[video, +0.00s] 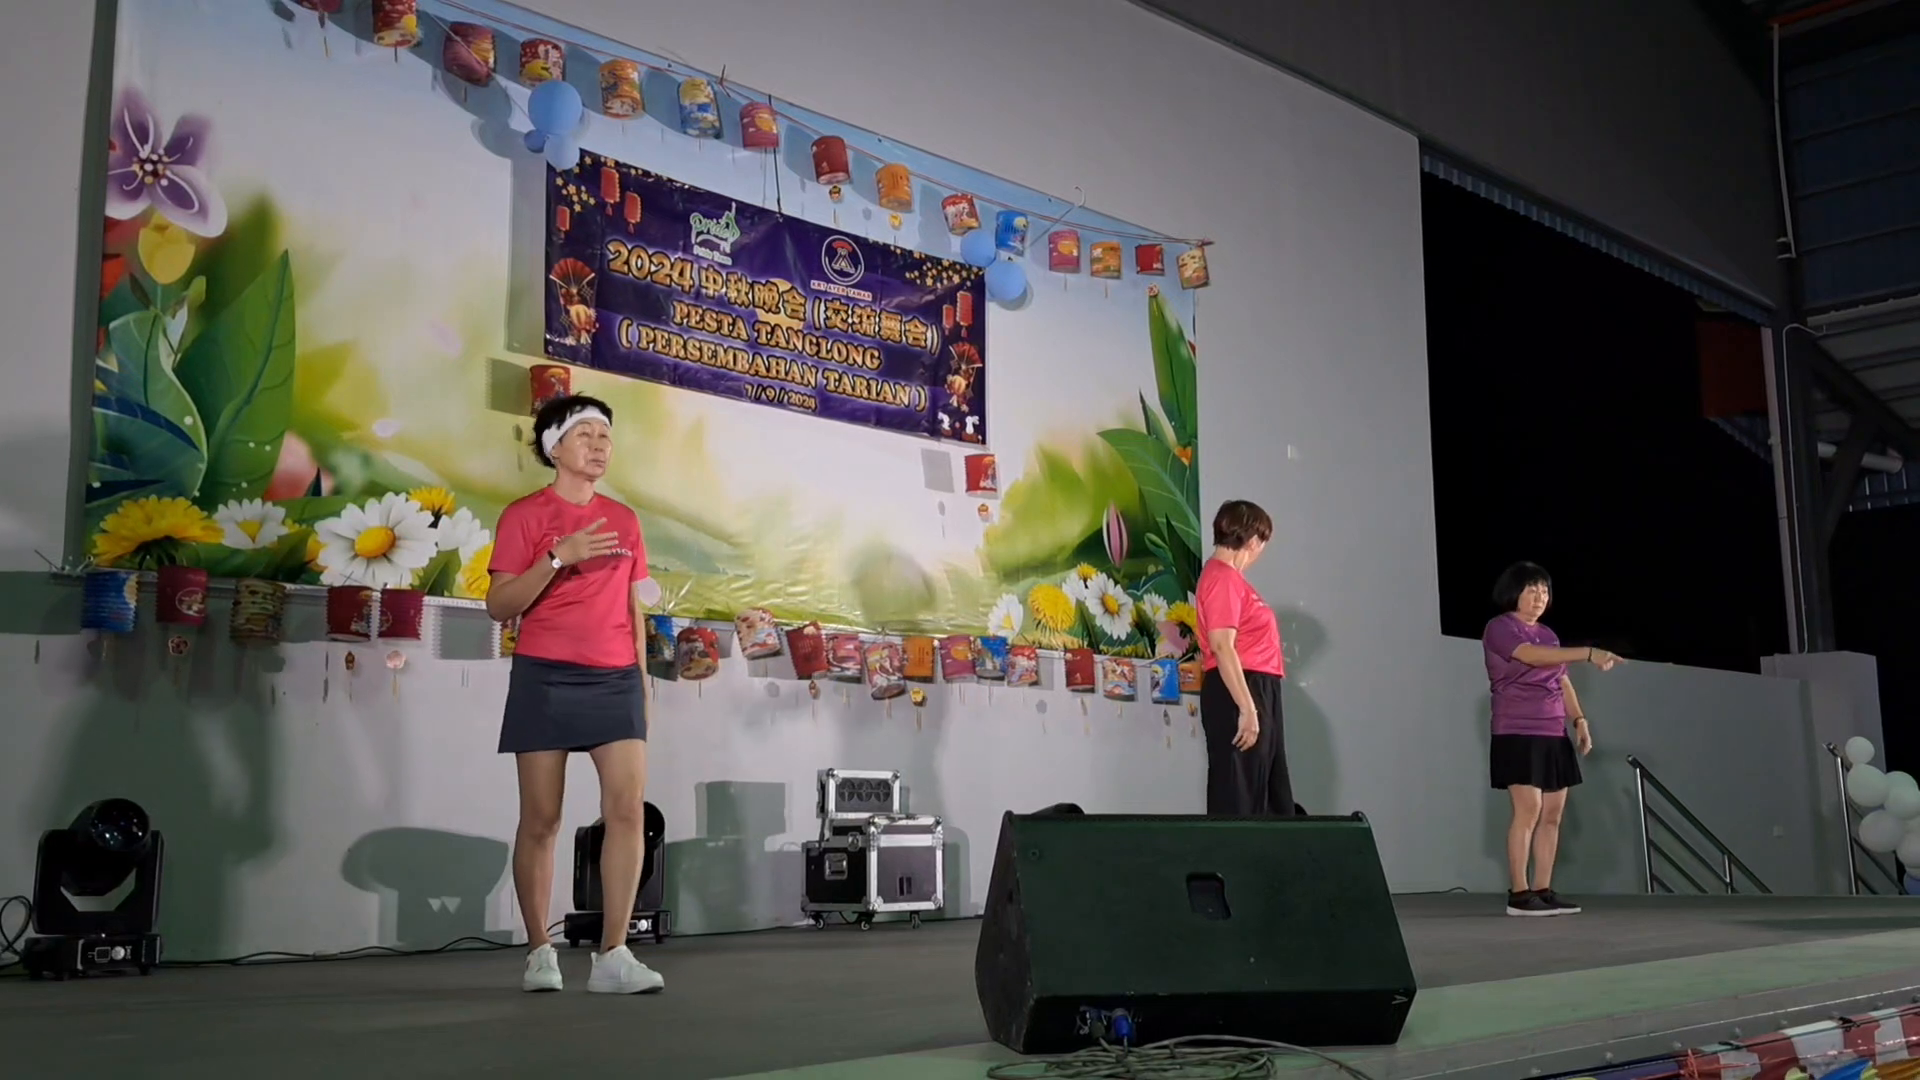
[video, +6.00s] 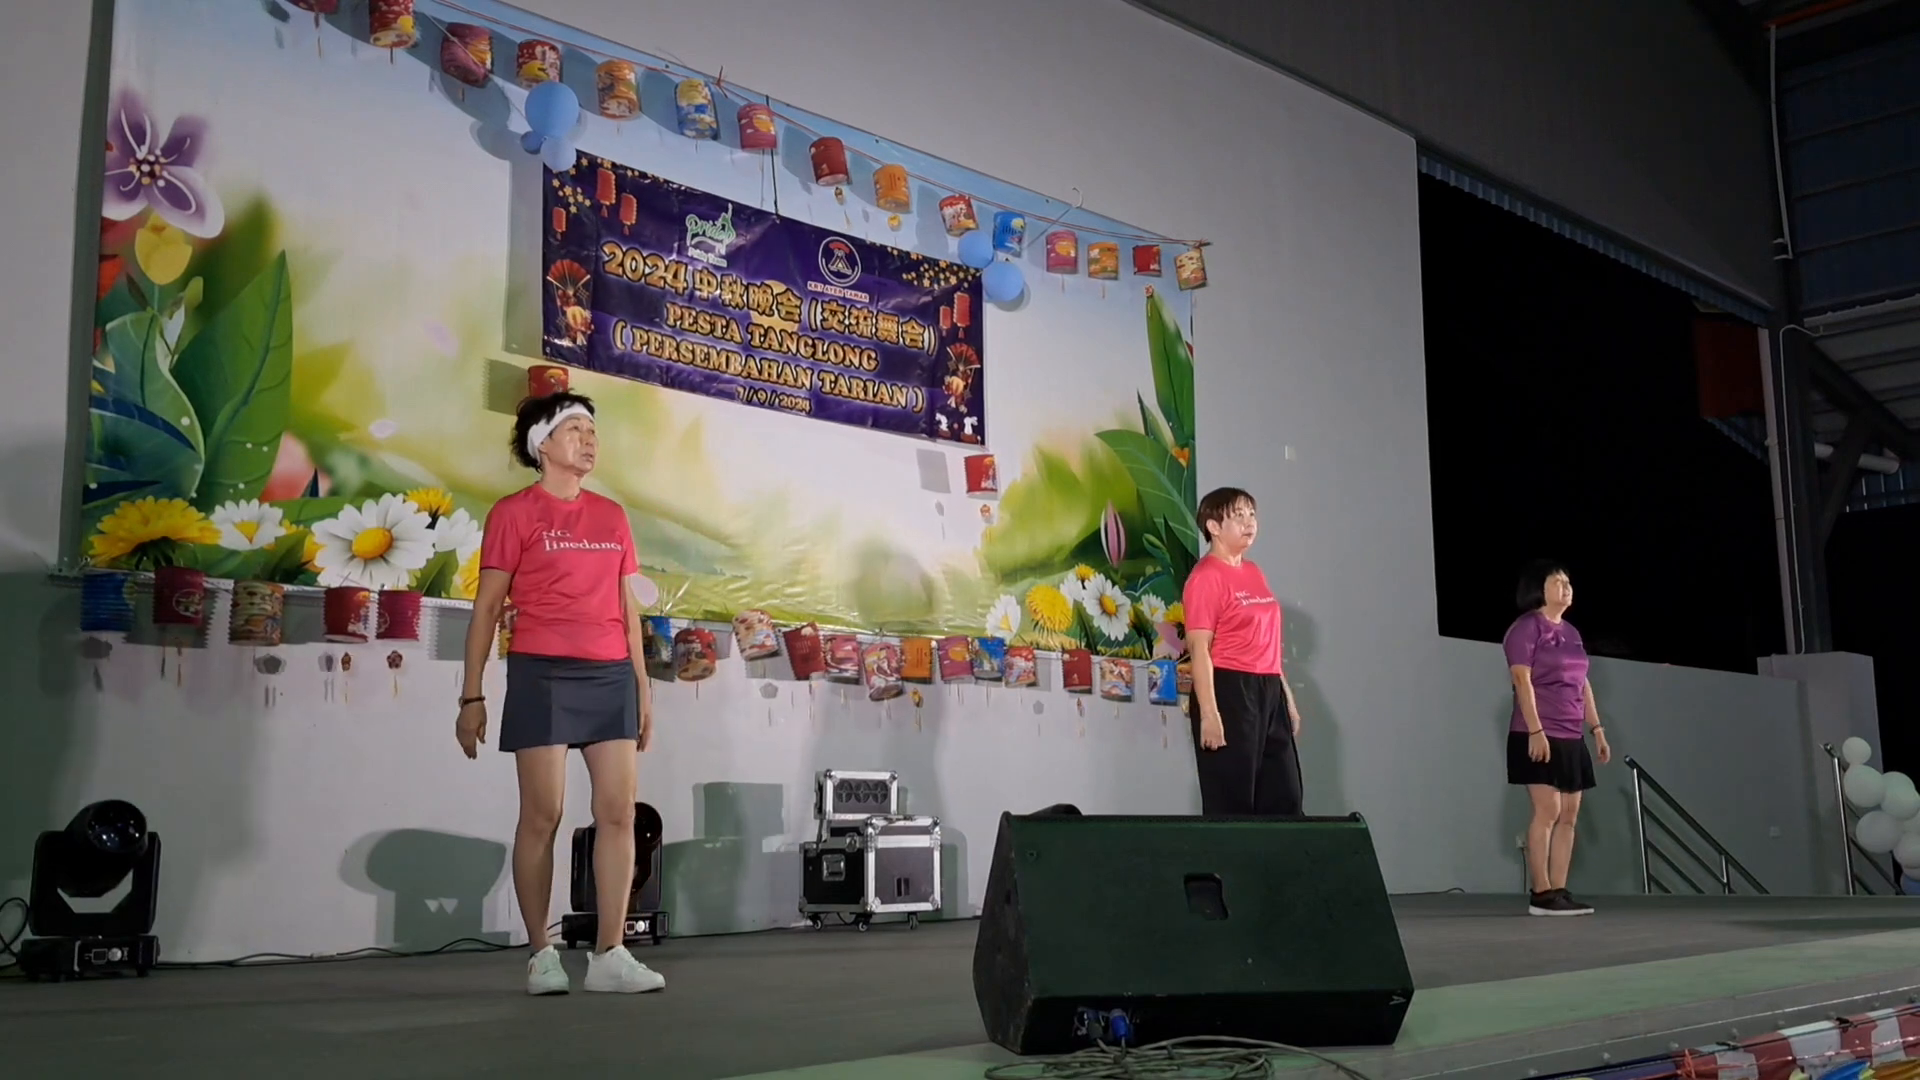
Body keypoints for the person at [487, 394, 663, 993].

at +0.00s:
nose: (600, 445)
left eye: (605, 437)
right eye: (586, 435)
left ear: (611, 449)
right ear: (555, 444)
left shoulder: (622, 518)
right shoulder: (524, 515)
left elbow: (634, 611)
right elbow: (500, 604)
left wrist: (640, 684)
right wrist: (558, 558)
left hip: (615, 678)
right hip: (544, 676)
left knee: (627, 806)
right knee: (541, 819)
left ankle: (613, 953)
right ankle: (541, 948)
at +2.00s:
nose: (589, 453)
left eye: (597, 446)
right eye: (576, 444)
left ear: (606, 461)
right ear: (549, 456)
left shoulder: (623, 530)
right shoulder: (518, 527)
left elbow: (634, 623)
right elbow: (484, 615)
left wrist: (637, 699)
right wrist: (545, 580)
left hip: (610, 680)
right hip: (536, 680)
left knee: (625, 796)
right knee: (543, 818)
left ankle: (618, 943)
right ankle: (543, 947)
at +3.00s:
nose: (590, 450)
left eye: (596, 442)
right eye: (577, 440)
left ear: (602, 454)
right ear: (546, 451)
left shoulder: (617, 522)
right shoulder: (522, 517)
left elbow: (627, 610)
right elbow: (517, 603)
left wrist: (630, 675)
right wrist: (582, 562)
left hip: (609, 677)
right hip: (540, 677)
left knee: (630, 794)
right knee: (540, 815)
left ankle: (620, 941)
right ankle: (542, 948)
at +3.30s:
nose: (608, 443)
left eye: (613, 436)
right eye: (594, 435)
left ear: (620, 453)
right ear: (565, 450)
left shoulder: (639, 522)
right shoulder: (547, 511)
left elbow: (649, 607)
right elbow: (550, 593)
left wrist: (658, 668)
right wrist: (617, 617)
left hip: (638, 675)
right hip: (572, 673)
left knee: (638, 810)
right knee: (560, 819)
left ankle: (618, 950)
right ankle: (545, 946)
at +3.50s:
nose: (633, 449)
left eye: (638, 442)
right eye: (619, 439)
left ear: (642, 455)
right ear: (587, 451)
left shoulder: (657, 526)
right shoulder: (565, 514)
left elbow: (677, 616)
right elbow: (567, 606)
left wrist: (694, 692)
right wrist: (579, 688)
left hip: (664, 677)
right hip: (597, 675)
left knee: (652, 814)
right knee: (591, 818)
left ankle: (621, 950)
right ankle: (553, 931)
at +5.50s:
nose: (596, 448)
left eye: (601, 440)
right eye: (583, 438)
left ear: (606, 453)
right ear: (551, 448)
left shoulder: (617, 523)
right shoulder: (518, 520)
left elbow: (632, 614)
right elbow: (491, 612)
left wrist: (646, 684)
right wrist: (539, 664)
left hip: (611, 681)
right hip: (538, 678)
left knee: (637, 800)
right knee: (542, 813)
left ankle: (617, 942)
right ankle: (542, 949)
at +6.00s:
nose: (588, 439)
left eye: (591, 432)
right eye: (575, 430)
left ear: (594, 446)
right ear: (541, 442)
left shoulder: (611, 516)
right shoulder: (514, 512)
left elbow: (630, 613)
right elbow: (487, 608)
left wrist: (643, 690)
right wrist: (472, 695)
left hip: (613, 677)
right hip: (540, 677)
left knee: (619, 812)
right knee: (543, 814)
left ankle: (610, 952)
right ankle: (542, 950)